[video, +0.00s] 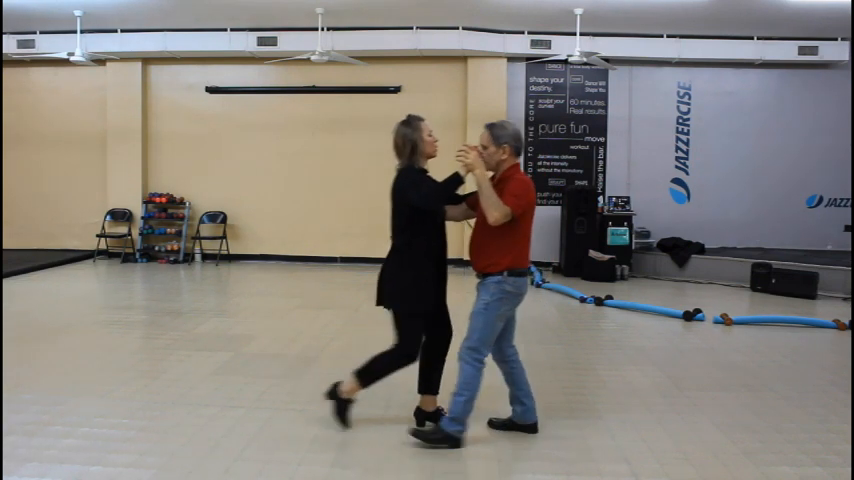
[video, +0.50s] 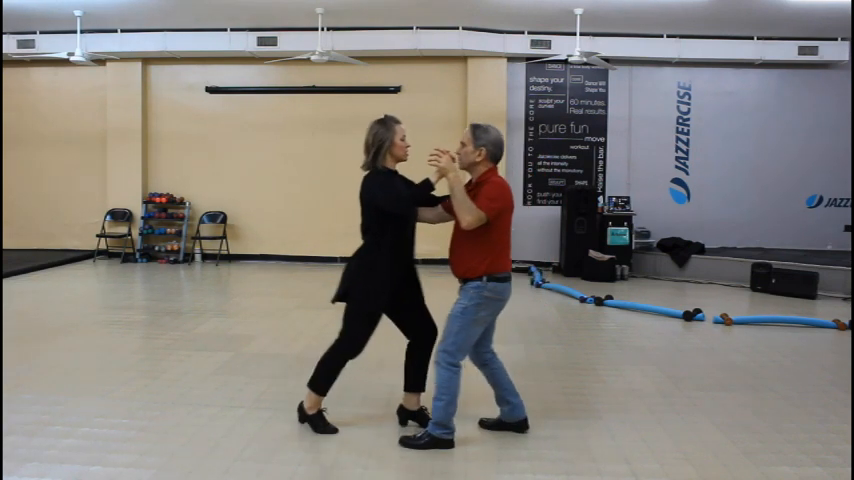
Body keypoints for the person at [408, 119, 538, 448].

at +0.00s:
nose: (479, 153)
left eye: (485, 148)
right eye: (480, 148)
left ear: (505, 151)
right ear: (501, 151)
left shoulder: (520, 183)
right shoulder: (496, 181)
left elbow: (496, 215)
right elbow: (461, 211)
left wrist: (481, 175)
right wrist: (424, 205)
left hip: (504, 280)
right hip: (496, 278)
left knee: (472, 353)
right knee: (503, 350)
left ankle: (452, 428)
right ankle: (525, 417)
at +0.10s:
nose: (469, 160)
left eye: (475, 154)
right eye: (469, 154)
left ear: (496, 155)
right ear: (494, 156)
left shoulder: (511, 187)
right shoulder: (488, 186)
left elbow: (484, 217)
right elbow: (450, 214)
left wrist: (467, 176)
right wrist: (413, 205)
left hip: (493, 284)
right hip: (487, 282)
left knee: (457, 355)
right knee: (493, 351)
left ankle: (442, 430)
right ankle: (524, 416)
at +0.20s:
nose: (460, 163)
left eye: (465, 157)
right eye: (460, 157)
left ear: (486, 158)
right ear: (486, 158)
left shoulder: (501, 190)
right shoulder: (479, 190)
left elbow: (473, 217)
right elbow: (441, 216)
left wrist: (453, 173)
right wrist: (403, 207)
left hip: (483, 287)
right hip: (479, 286)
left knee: (441, 356)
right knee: (481, 353)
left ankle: (440, 430)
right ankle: (522, 414)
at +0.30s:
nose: (456, 160)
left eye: (461, 154)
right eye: (456, 154)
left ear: (481, 157)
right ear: (479, 157)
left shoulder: (494, 189)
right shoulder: (473, 188)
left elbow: (464, 218)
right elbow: (433, 216)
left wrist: (447, 174)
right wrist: (395, 208)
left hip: (480, 288)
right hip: (475, 286)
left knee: (437, 356)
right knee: (475, 352)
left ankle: (440, 431)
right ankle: (519, 409)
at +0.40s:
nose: (454, 155)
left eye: (459, 150)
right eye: (455, 149)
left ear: (478, 155)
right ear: (477, 156)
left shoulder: (492, 188)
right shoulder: (470, 187)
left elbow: (463, 219)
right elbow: (431, 215)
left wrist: (448, 178)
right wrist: (392, 208)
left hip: (481, 287)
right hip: (475, 285)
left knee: (439, 356)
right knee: (476, 352)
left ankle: (440, 431)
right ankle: (518, 410)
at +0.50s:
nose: (456, 149)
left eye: (462, 145)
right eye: (458, 144)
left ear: (481, 154)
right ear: (479, 154)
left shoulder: (496, 188)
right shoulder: (472, 187)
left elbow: (470, 219)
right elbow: (434, 214)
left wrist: (452, 177)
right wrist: (395, 207)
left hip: (486, 285)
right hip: (479, 283)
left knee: (448, 354)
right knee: (481, 352)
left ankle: (440, 430)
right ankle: (514, 415)